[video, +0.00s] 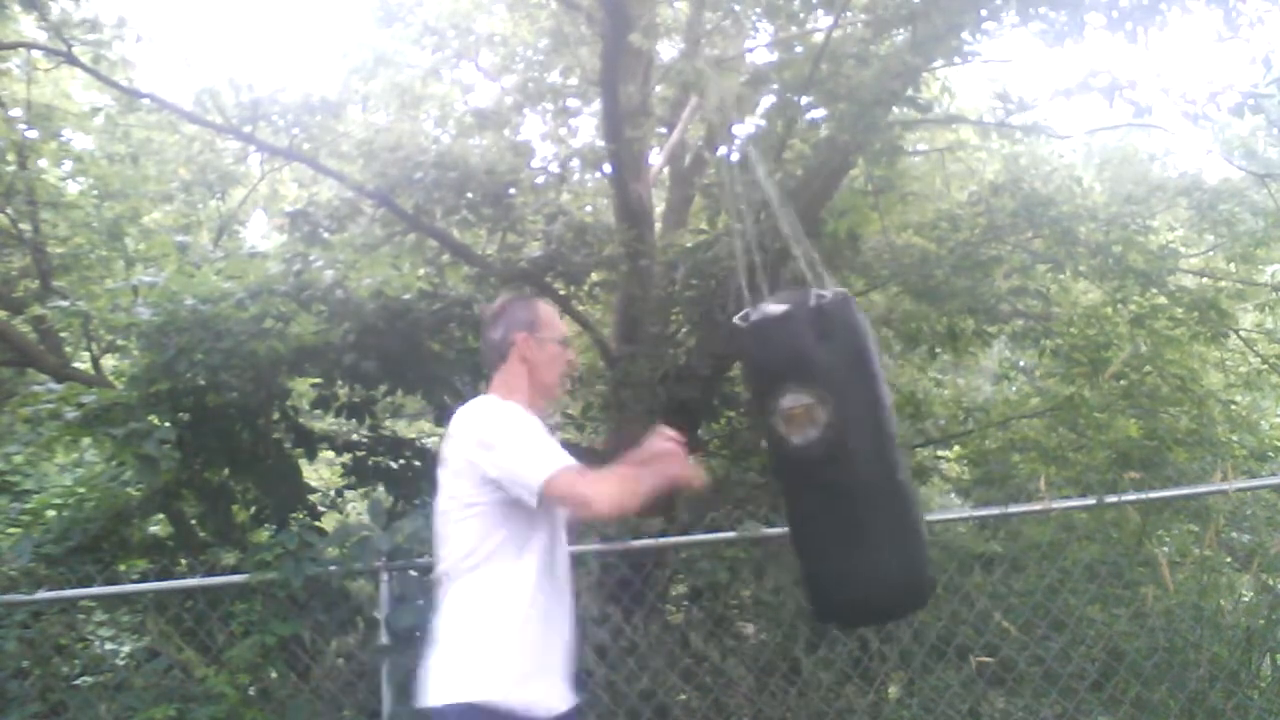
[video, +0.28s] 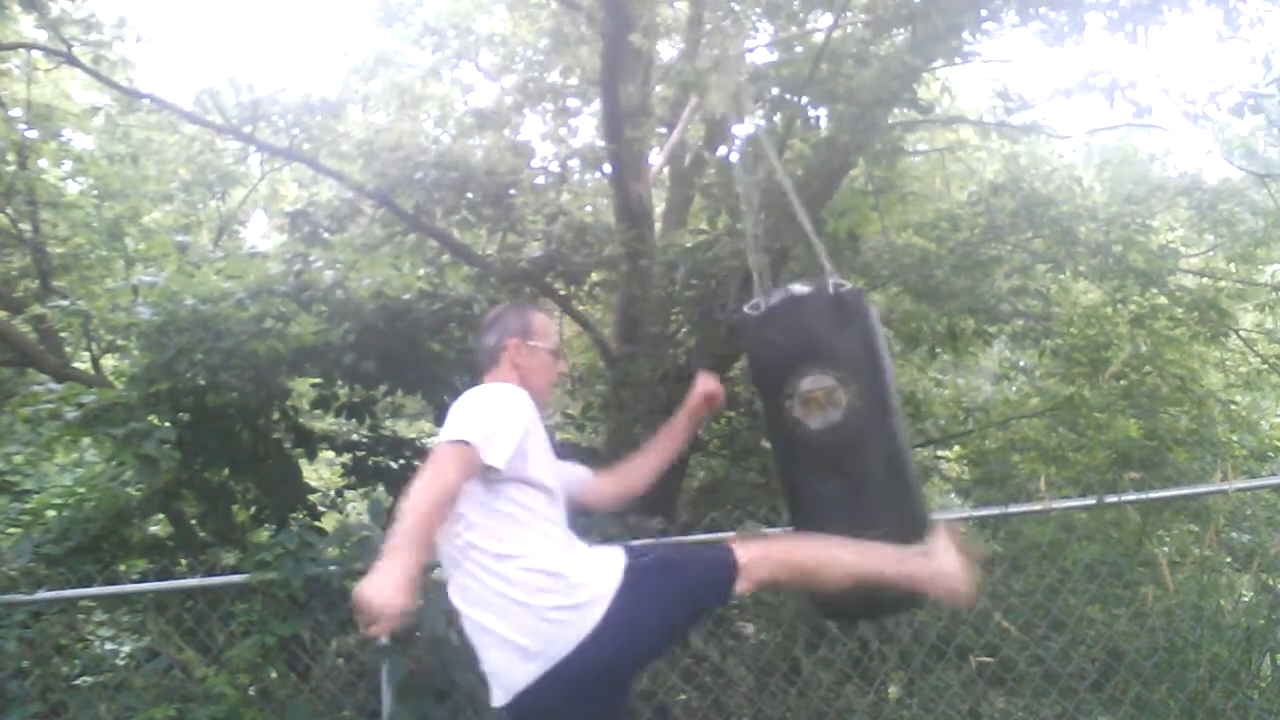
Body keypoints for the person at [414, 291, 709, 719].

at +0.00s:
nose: (573, 359)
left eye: (569, 345)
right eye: (561, 343)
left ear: (524, 348)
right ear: (523, 347)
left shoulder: (519, 428)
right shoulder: (487, 422)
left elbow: (588, 488)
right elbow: (597, 498)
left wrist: (644, 458)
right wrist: (663, 470)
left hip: (533, 692)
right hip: (486, 694)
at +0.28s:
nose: (562, 367)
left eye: (561, 355)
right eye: (554, 353)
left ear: (511, 358)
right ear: (515, 355)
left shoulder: (521, 449)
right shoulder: (499, 401)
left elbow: (615, 487)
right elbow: (436, 483)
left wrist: (689, 416)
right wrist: (396, 570)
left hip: (530, 688)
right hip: (589, 609)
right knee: (757, 556)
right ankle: (930, 568)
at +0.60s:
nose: (573, 371)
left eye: (572, 358)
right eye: (566, 356)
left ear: (499, 375)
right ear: (540, 359)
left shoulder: (449, 459)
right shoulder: (558, 404)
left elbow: (445, 599)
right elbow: (644, 485)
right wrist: (690, 534)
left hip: (504, 691)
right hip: (594, 651)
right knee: (705, 712)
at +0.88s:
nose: (615, 374)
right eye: (614, 363)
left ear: (546, 364)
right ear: (604, 364)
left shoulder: (476, 437)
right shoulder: (607, 422)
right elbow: (697, 534)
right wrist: (642, 509)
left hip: (451, 687)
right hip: (529, 687)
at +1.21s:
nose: (690, 359)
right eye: (692, 352)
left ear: (612, 342)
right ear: (686, 354)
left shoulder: (534, 407)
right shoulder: (676, 410)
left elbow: (450, 524)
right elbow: (755, 511)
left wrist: (531, 540)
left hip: (500, 684)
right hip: (594, 692)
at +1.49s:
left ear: (692, 320)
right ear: (769, 327)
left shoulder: (631, 399)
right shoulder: (809, 379)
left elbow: (588, 545)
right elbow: (834, 501)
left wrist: (664, 514)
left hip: (654, 685)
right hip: (773, 682)